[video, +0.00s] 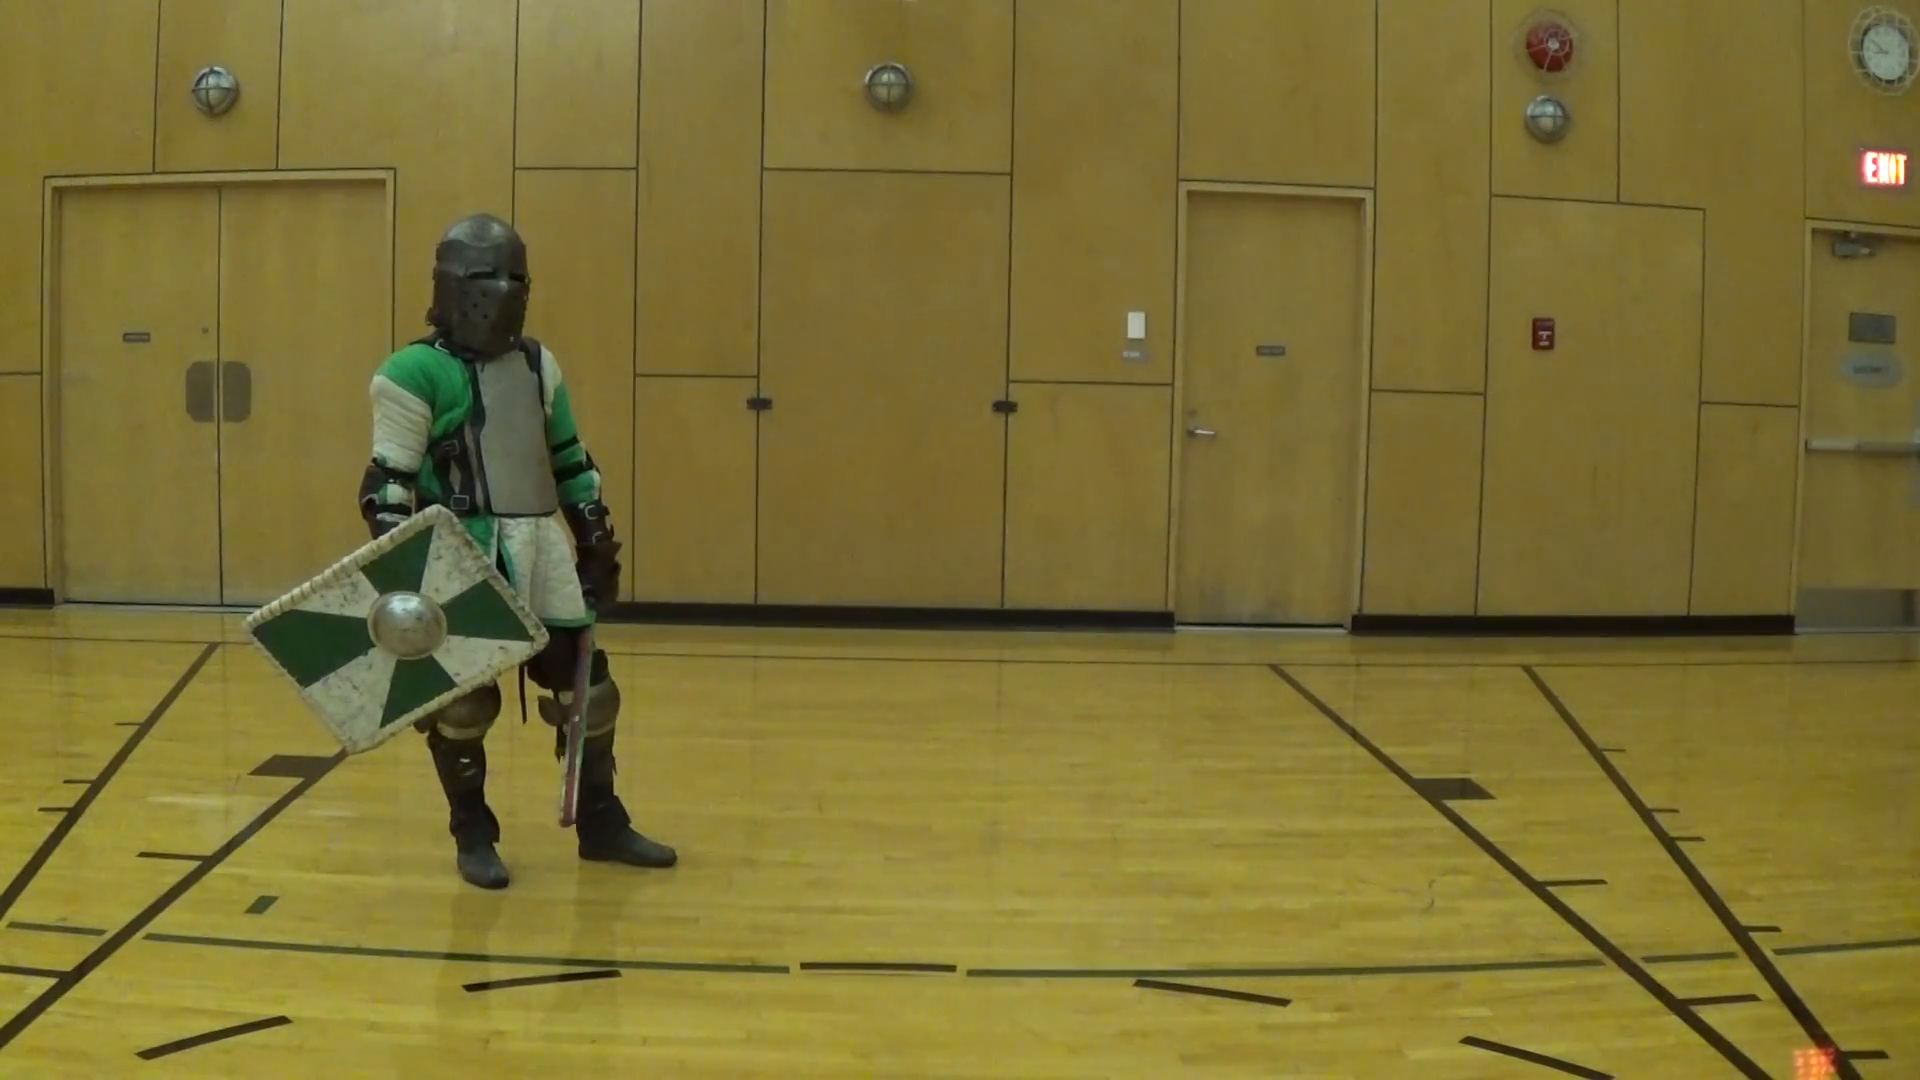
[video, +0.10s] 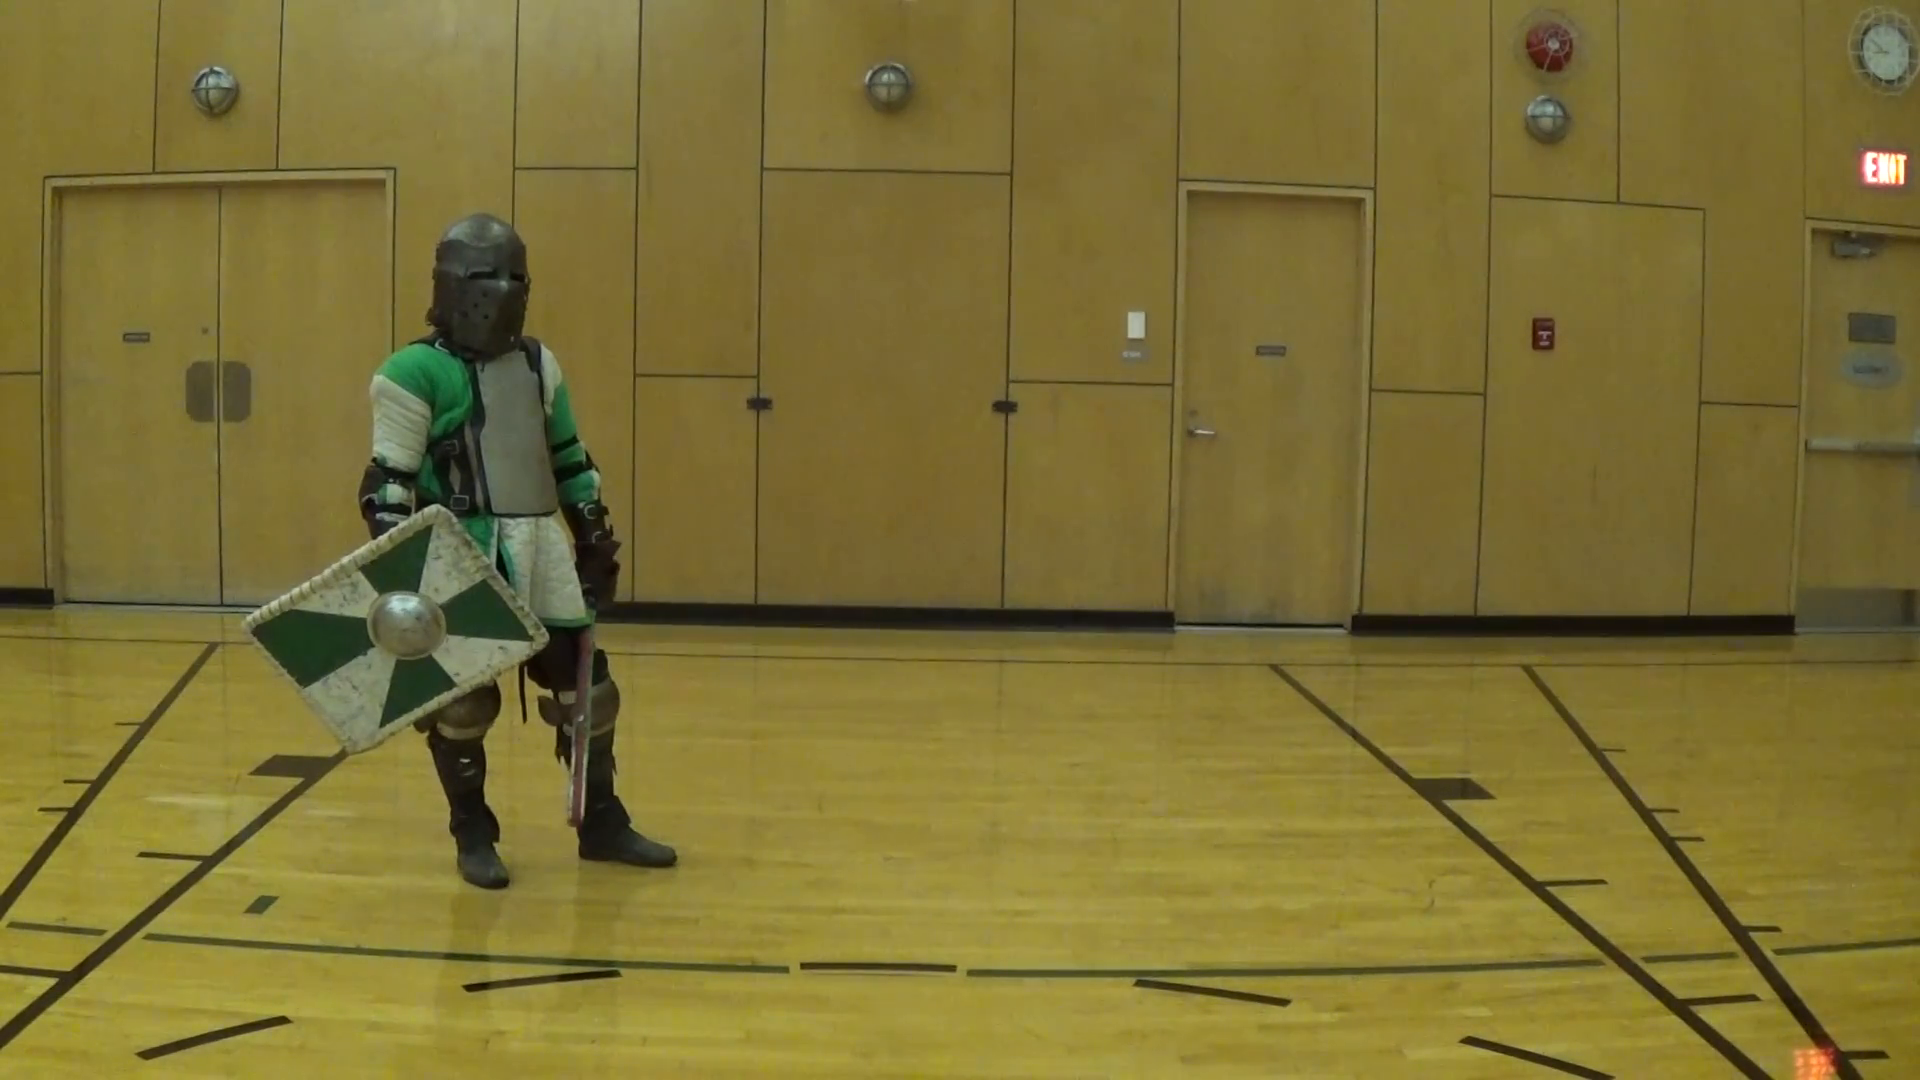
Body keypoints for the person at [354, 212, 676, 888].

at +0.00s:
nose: (493, 293)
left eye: (506, 279)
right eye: (477, 278)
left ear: (523, 288)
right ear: (445, 285)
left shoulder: (539, 366)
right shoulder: (413, 374)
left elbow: (571, 464)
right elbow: (388, 489)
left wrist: (597, 540)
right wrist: (412, 577)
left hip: (544, 544)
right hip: (457, 555)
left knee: (585, 682)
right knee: (464, 698)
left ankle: (601, 822)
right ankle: (473, 834)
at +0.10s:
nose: (488, 292)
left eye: (502, 277)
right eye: (472, 277)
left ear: (522, 287)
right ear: (442, 284)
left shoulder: (539, 366)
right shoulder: (413, 374)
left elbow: (570, 463)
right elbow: (388, 489)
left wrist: (596, 536)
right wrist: (408, 579)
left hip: (544, 545)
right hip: (457, 555)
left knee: (584, 683)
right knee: (464, 699)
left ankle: (602, 821)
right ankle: (473, 834)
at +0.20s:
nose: (490, 293)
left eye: (503, 278)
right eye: (474, 278)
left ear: (522, 287)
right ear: (443, 284)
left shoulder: (540, 366)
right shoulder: (414, 374)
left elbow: (570, 464)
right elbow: (388, 490)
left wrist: (596, 538)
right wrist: (408, 580)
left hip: (543, 546)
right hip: (457, 556)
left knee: (586, 684)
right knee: (464, 699)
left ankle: (601, 821)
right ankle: (473, 834)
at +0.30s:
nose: (497, 292)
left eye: (509, 278)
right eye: (481, 277)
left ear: (523, 286)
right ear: (446, 284)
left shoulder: (540, 366)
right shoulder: (414, 374)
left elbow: (570, 463)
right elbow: (389, 490)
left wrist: (597, 540)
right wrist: (410, 580)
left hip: (543, 546)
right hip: (457, 556)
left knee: (586, 682)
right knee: (465, 698)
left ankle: (600, 822)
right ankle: (473, 835)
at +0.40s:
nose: (500, 292)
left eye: (510, 278)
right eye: (483, 278)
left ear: (524, 286)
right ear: (447, 283)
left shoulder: (540, 366)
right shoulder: (414, 374)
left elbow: (570, 463)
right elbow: (389, 490)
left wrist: (597, 541)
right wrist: (411, 580)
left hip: (544, 546)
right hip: (457, 557)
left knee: (586, 682)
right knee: (464, 698)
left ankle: (601, 822)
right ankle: (473, 835)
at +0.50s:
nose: (506, 291)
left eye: (514, 277)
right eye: (488, 277)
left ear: (524, 284)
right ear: (449, 283)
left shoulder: (539, 364)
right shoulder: (414, 374)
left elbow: (570, 463)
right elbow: (390, 490)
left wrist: (597, 542)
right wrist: (411, 581)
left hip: (544, 545)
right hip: (458, 556)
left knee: (586, 681)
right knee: (465, 697)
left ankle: (601, 822)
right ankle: (473, 835)